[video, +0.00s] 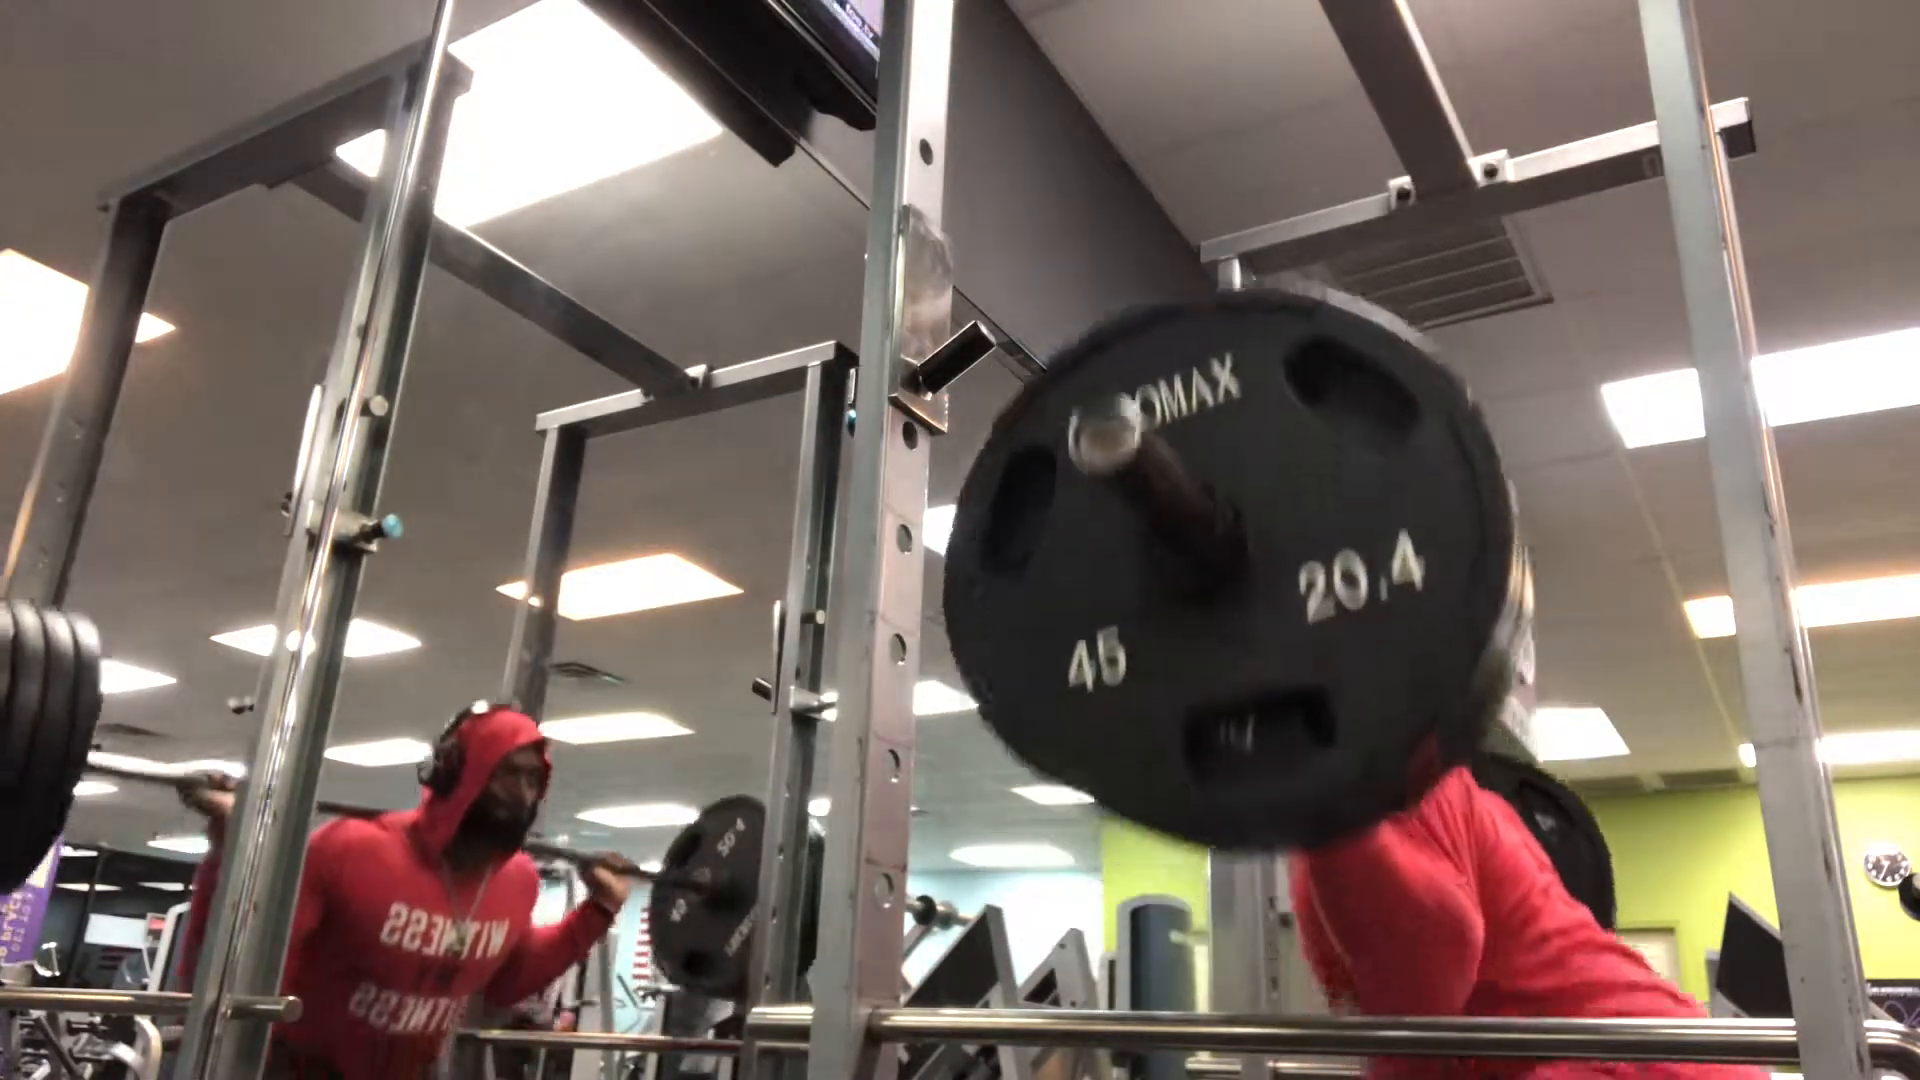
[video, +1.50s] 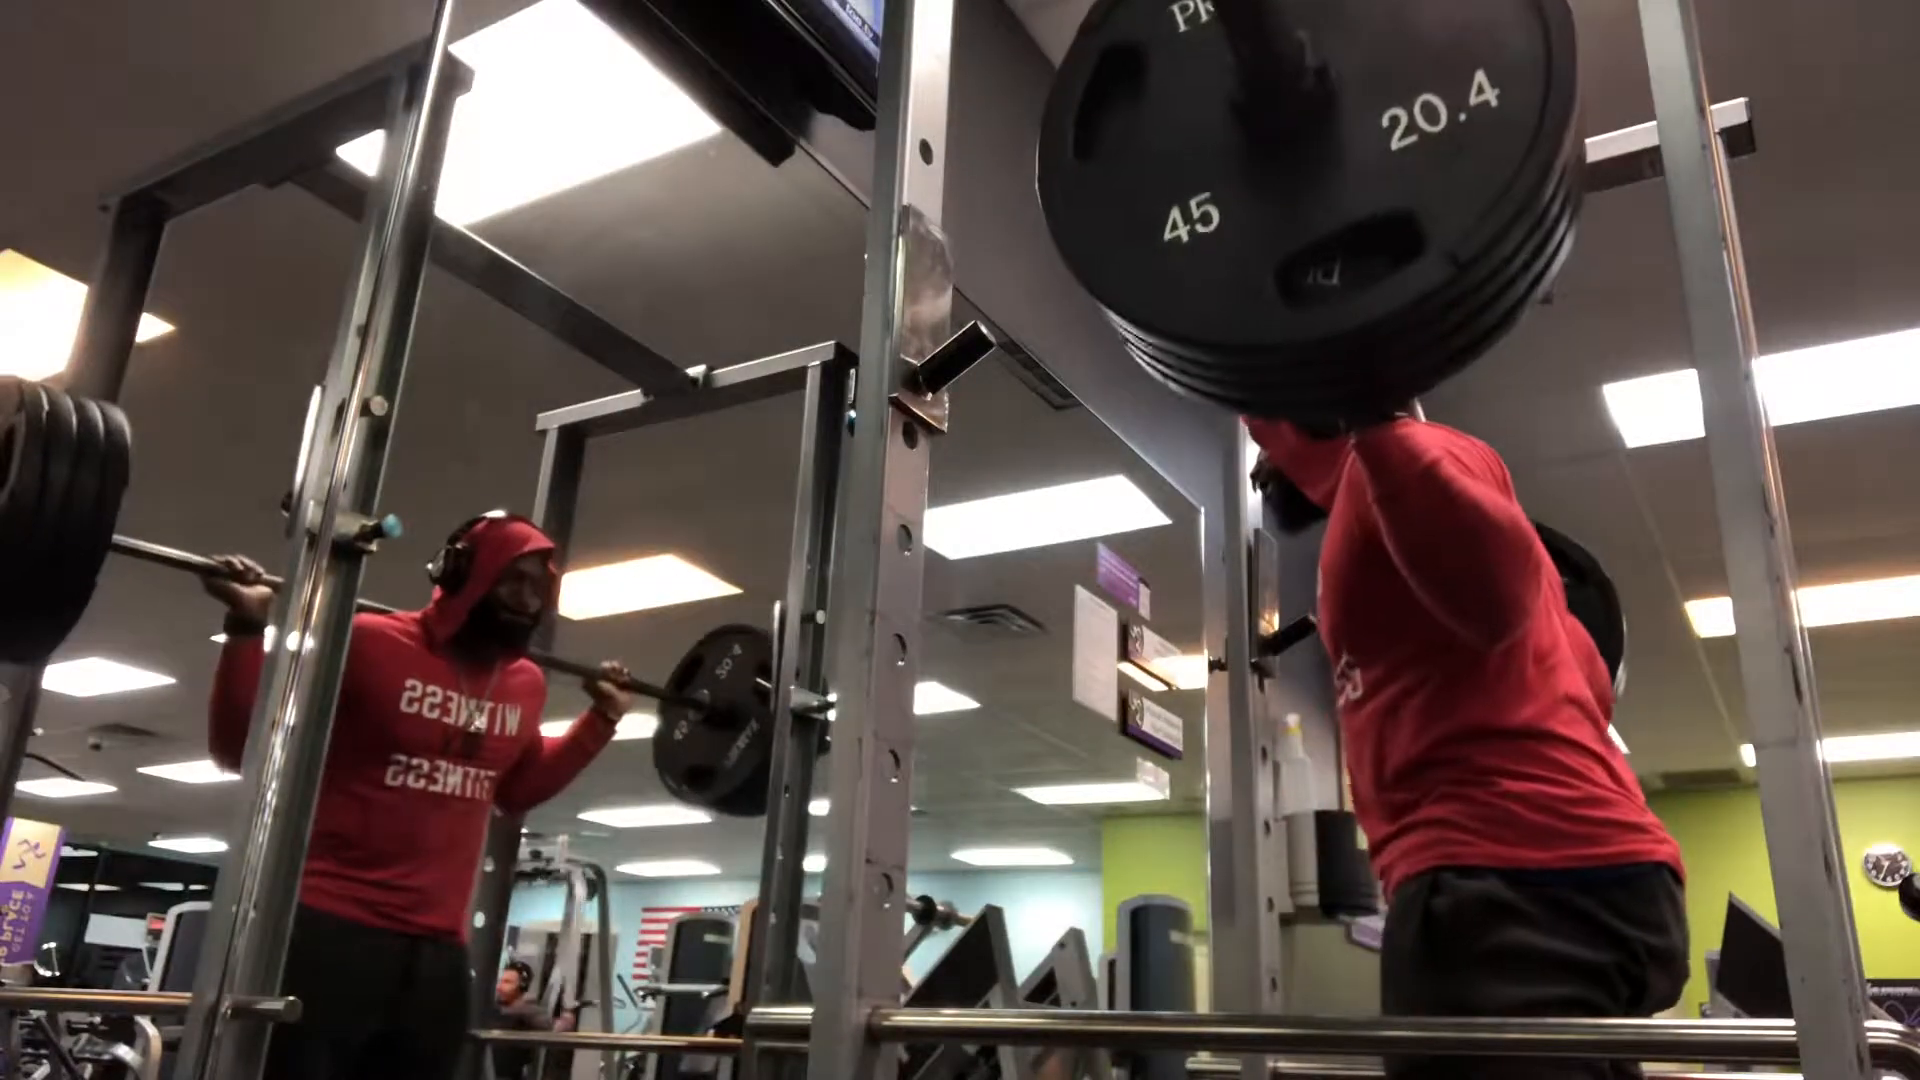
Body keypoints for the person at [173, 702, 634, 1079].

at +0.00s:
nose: (522, 791)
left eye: (534, 779)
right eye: (507, 773)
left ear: (544, 792)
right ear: (462, 772)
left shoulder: (517, 880)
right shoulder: (351, 848)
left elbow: (503, 985)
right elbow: (227, 961)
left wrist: (597, 913)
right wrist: (232, 841)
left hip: (412, 1066)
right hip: (306, 1060)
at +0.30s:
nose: (532, 699)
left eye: (544, 686)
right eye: (516, 680)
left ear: (553, 699)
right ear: (471, 681)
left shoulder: (528, 795)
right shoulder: (365, 759)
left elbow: (515, 904)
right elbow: (233, 869)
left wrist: (606, 832)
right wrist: (247, 747)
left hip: (427, 1028)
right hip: (321, 1017)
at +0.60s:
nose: (551, 591)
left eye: (557, 575)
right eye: (534, 572)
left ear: (562, 586)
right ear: (488, 576)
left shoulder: (542, 686)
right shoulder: (390, 647)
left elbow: (539, 799)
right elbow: (255, 746)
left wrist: (618, 728)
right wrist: (268, 624)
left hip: (442, 946)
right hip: (340, 928)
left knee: (453, 1066)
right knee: (317, 1068)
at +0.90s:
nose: (546, 594)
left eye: (556, 581)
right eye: (531, 574)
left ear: (561, 591)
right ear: (481, 574)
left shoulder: (533, 686)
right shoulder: (378, 642)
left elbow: (529, 799)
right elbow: (254, 753)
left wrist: (612, 725)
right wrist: (263, 634)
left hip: (440, 948)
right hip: (332, 928)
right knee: (312, 1071)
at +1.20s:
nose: (534, 602)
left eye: (545, 589)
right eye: (521, 582)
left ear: (554, 599)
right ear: (476, 576)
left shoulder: (527, 685)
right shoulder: (370, 641)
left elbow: (521, 795)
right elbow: (242, 755)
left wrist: (606, 719)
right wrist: (253, 632)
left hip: (437, 951)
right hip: (329, 931)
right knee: (309, 1070)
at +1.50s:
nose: (529, 601)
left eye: (540, 588)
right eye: (515, 581)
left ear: (549, 597)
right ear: (470, 575)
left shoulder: (523, 683)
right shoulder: (367, 639)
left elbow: (517, 790)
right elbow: (234, 750)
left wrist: (602, 717)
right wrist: (246, 627)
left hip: (438, 950)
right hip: (329, 929)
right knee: (306, 1069)